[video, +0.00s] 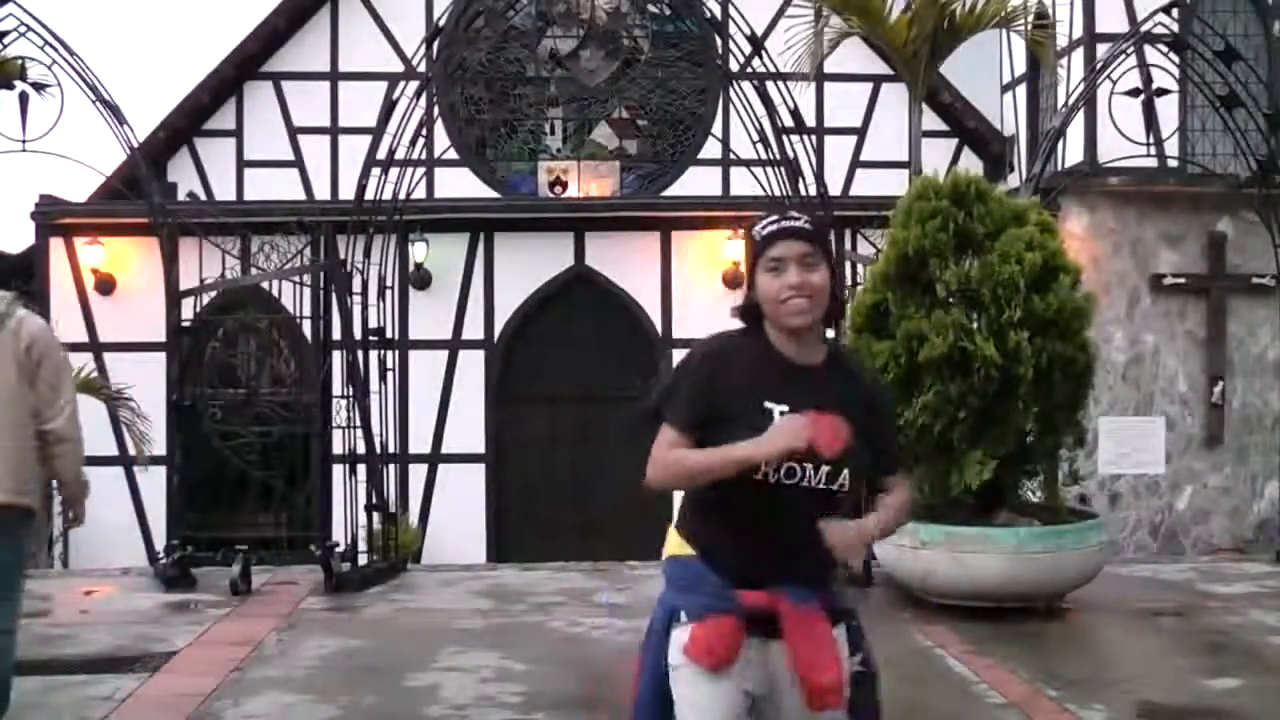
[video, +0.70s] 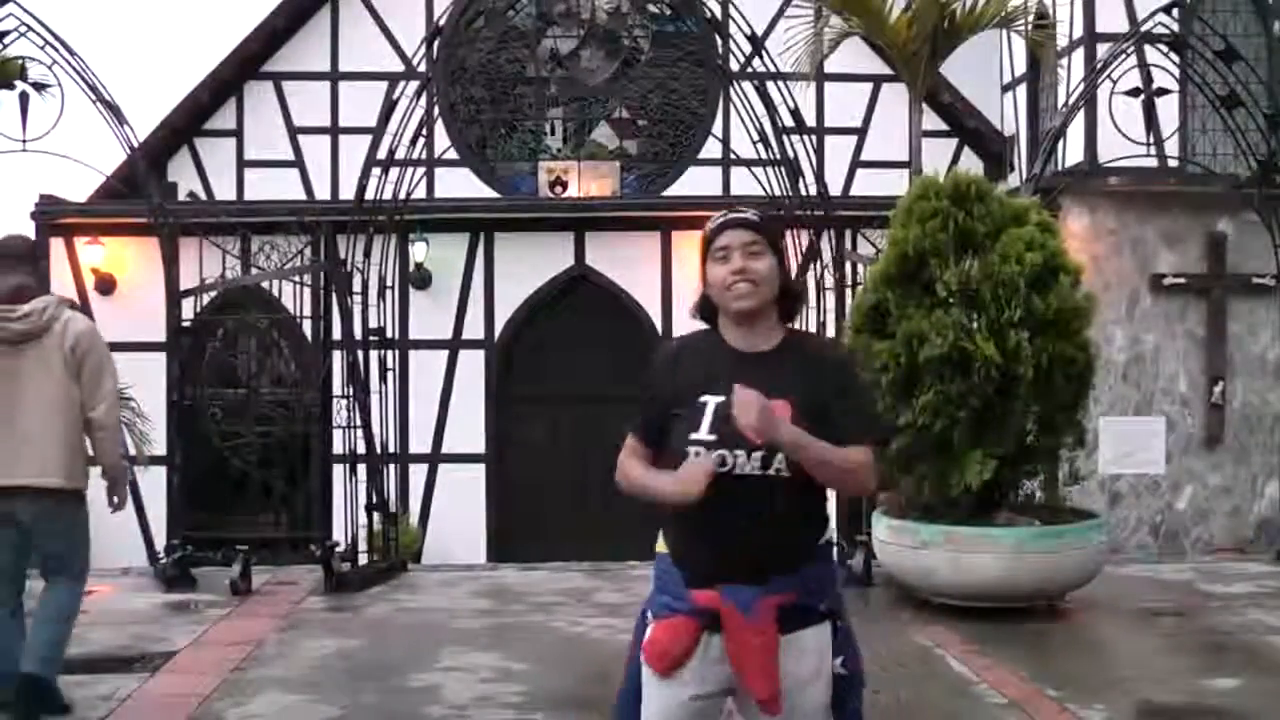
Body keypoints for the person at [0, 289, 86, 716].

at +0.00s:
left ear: (7, 287)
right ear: (18, 285)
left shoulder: (28, 331)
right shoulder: (28, 331)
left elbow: (57, 418)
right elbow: (58, 419)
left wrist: (70, 487)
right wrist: (73, 488)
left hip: (12, 499)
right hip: (9, 497)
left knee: (5, 617)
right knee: (4, 616)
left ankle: (4, 703)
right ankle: (1, 704)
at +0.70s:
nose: (15, 285)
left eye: (10, 277)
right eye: (30, 275)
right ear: (40, 275)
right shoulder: (73, 329)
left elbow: (99, 407)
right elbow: (101, 408)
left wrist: (114, 466)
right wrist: (116, 469)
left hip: (3, 486)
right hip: (53, 483)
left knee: (5, 594)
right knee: (64, 577)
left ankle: (14, 690)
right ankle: (35, 672)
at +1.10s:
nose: (46, 301)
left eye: (43, 295)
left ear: (38, 294)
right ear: (82, 290)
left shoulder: (13, 334)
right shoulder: (117, 338)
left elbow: (4, 411)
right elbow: (142, 418)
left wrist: (7, 466)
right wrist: (154, 480)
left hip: (26, 481)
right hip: (95, 482)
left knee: (25, 587)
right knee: (106, 574)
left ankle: (18, 701)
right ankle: (122, 669)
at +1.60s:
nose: (93, 285)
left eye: (94, 278)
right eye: (101, 279)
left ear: (96, 280)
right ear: (136, 283)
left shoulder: (65, 329)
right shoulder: (166, 331)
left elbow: (36, 404)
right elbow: (196, 403)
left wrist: (45, 447)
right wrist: (216, 459)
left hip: (82, 464)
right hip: (140, 465)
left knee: (84, 561)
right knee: (133, 565)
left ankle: (81, 659)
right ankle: (123, 665)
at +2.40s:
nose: (97, 294)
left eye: (97, 288)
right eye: (100, 288)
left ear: (98, 288)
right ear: (136, 288)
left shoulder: (74, 336)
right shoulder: (164, 336)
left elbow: (59, 398)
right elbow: (187, 405)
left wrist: (79, 436)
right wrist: (190, 454)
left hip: (91, 456)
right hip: (145, 456)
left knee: (106, 545)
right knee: (162, 535)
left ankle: (116, 634)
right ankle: (149, 611)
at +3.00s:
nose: (129, 299)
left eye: (125, 292)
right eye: (144, 292)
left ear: (120, 290)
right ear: (155, 293)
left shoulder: (94, 334)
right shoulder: (177, 341)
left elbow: (68, 393)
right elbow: (196, 400)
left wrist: (53, 439)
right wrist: (211, 452)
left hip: (108, 448)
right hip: (156, 450)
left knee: (110, 530)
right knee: (153, 536)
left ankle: (117, 602)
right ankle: (145, 611)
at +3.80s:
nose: (99, 304)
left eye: (96, 298)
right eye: (105, 297)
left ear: (91, 297)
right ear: (122, 296)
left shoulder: (71, 340)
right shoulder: (149, 342)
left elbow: (51, 393)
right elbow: (165, 399)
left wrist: (38, 433)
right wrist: (166, 444)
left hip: (83, 448)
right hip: (127, 448)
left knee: (84, 525)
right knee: (132, 518)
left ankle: (90, 597)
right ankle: (142, 578)